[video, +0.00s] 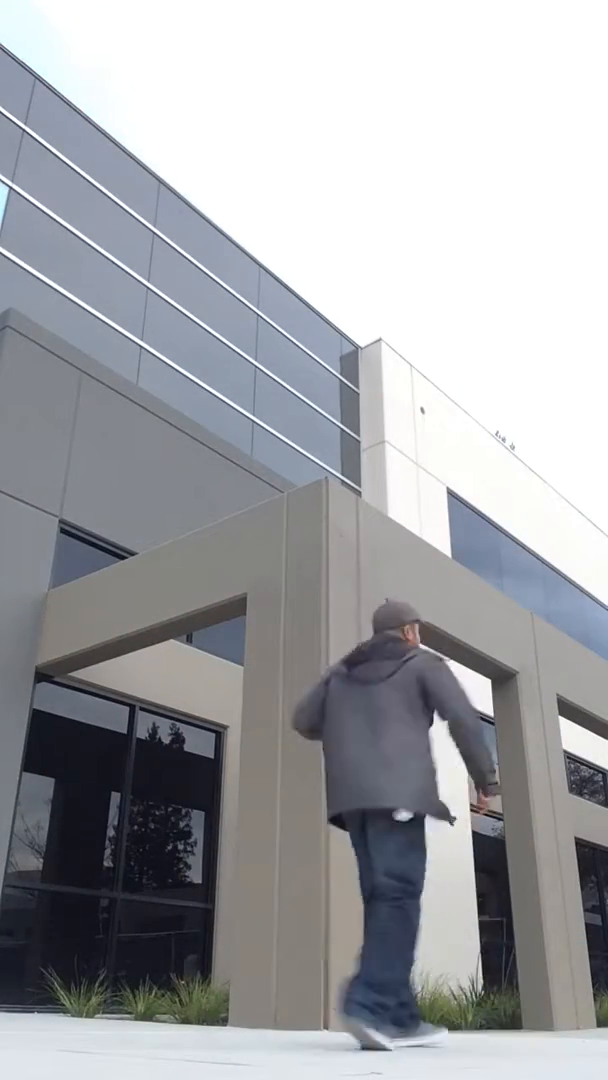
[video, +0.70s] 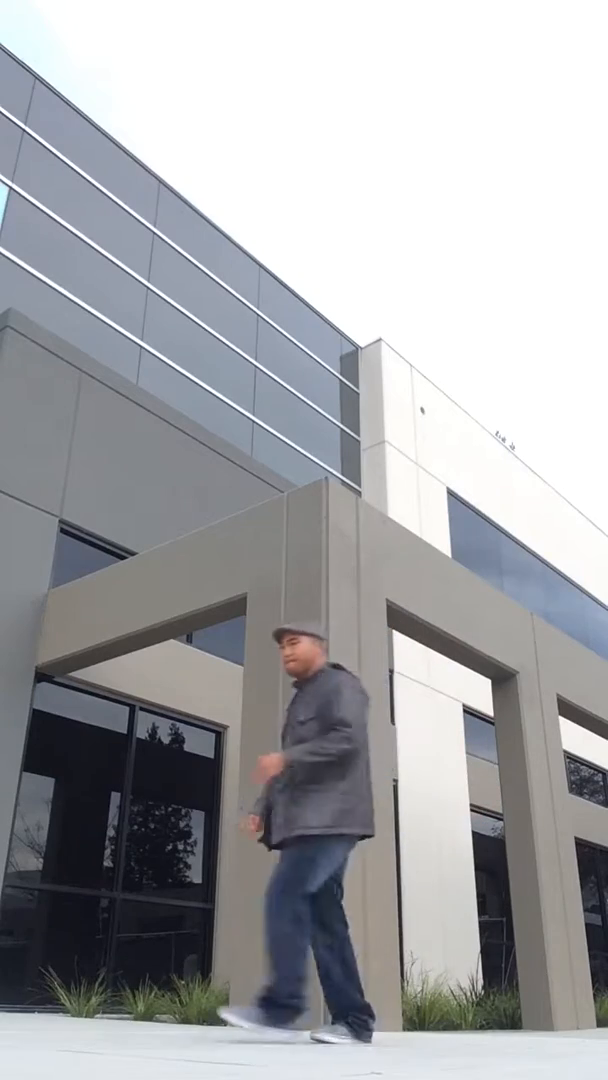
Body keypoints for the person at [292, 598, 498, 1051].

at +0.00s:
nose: (422, 637)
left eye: (419, 631)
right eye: (419, 631)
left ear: (377, 632)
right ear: (410, 631)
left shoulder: (343, 669)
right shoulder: (422, 663)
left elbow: (304, 719)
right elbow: (463, 717)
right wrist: (484, 778)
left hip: (351, 794)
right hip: (399, 791)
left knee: (379, 899)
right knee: (398, 899)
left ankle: (401, 1016)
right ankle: (367, 1006)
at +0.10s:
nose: (425, 647)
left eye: (424, 639)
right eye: (421, 639)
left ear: (388, 643)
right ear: (403, 641)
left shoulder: (356, 680)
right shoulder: (404, 679)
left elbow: (345, 743)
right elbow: (426, 735)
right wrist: (471, 792)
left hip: (352, 811)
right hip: (386, 811)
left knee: (397, 913)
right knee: (402, 911)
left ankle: (404, 1020)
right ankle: (319, 987)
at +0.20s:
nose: (419, 643)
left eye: (418, 635)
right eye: (413, 635)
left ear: (390, 642)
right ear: (388, 640)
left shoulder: (385, 684)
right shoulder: (369, 682)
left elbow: (396, 739)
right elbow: (380, 749)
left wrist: (440, 732)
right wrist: (407, 810)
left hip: (388, 819)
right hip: (367, 818)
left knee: (409, 912)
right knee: (392, 907)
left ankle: (402, 1021)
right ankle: (308, 990)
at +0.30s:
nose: (395, 635)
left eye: (397, 628)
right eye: (385, 627)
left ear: (396, 638)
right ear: (360, 636)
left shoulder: (399, 688)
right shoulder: (336, 685)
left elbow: (418, 730)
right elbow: (326, 750)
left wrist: (461, 718)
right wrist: (337, 806)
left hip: (400, 819)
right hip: (354, 819)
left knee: (401, 918)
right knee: (356, 914)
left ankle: (400, 1020)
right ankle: (335, 1012)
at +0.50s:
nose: (332, 642)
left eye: (340, 635)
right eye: (324, 637)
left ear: (357, 643)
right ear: (316, 649)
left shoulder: (386, 688)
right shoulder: (298, 697)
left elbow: (430, 736)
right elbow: (273, 748)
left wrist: (415, 724)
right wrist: (258, 799)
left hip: (369, 810)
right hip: (318, 814)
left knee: (368, 899)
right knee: (328, 913)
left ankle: (379, 1008)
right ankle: (349, 1015)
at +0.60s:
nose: (307, 650)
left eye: (315, 642)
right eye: (301, 645)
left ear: (337, 647)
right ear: (298, 656)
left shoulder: (365, 689)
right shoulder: (295, 705)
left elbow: (390, 737)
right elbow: (279, 757)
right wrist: (255, 800)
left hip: (347, 815)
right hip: (309, 816)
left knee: (325, 905)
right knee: (319, 907)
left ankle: (344, 1011)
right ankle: (343, 1010)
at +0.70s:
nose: (287, 651)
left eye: (295, 642)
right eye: (283, 645)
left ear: (320, 646)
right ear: (283, 656)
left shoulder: (340, 683)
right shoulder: (299, 699)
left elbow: (346, 741)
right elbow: (289, 767)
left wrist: (286, 759)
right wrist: (264, 810)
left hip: (331, 818)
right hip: (308, 821)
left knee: (284, 898)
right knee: (326, 919)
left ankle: (281, 1010)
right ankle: (354, 1022)